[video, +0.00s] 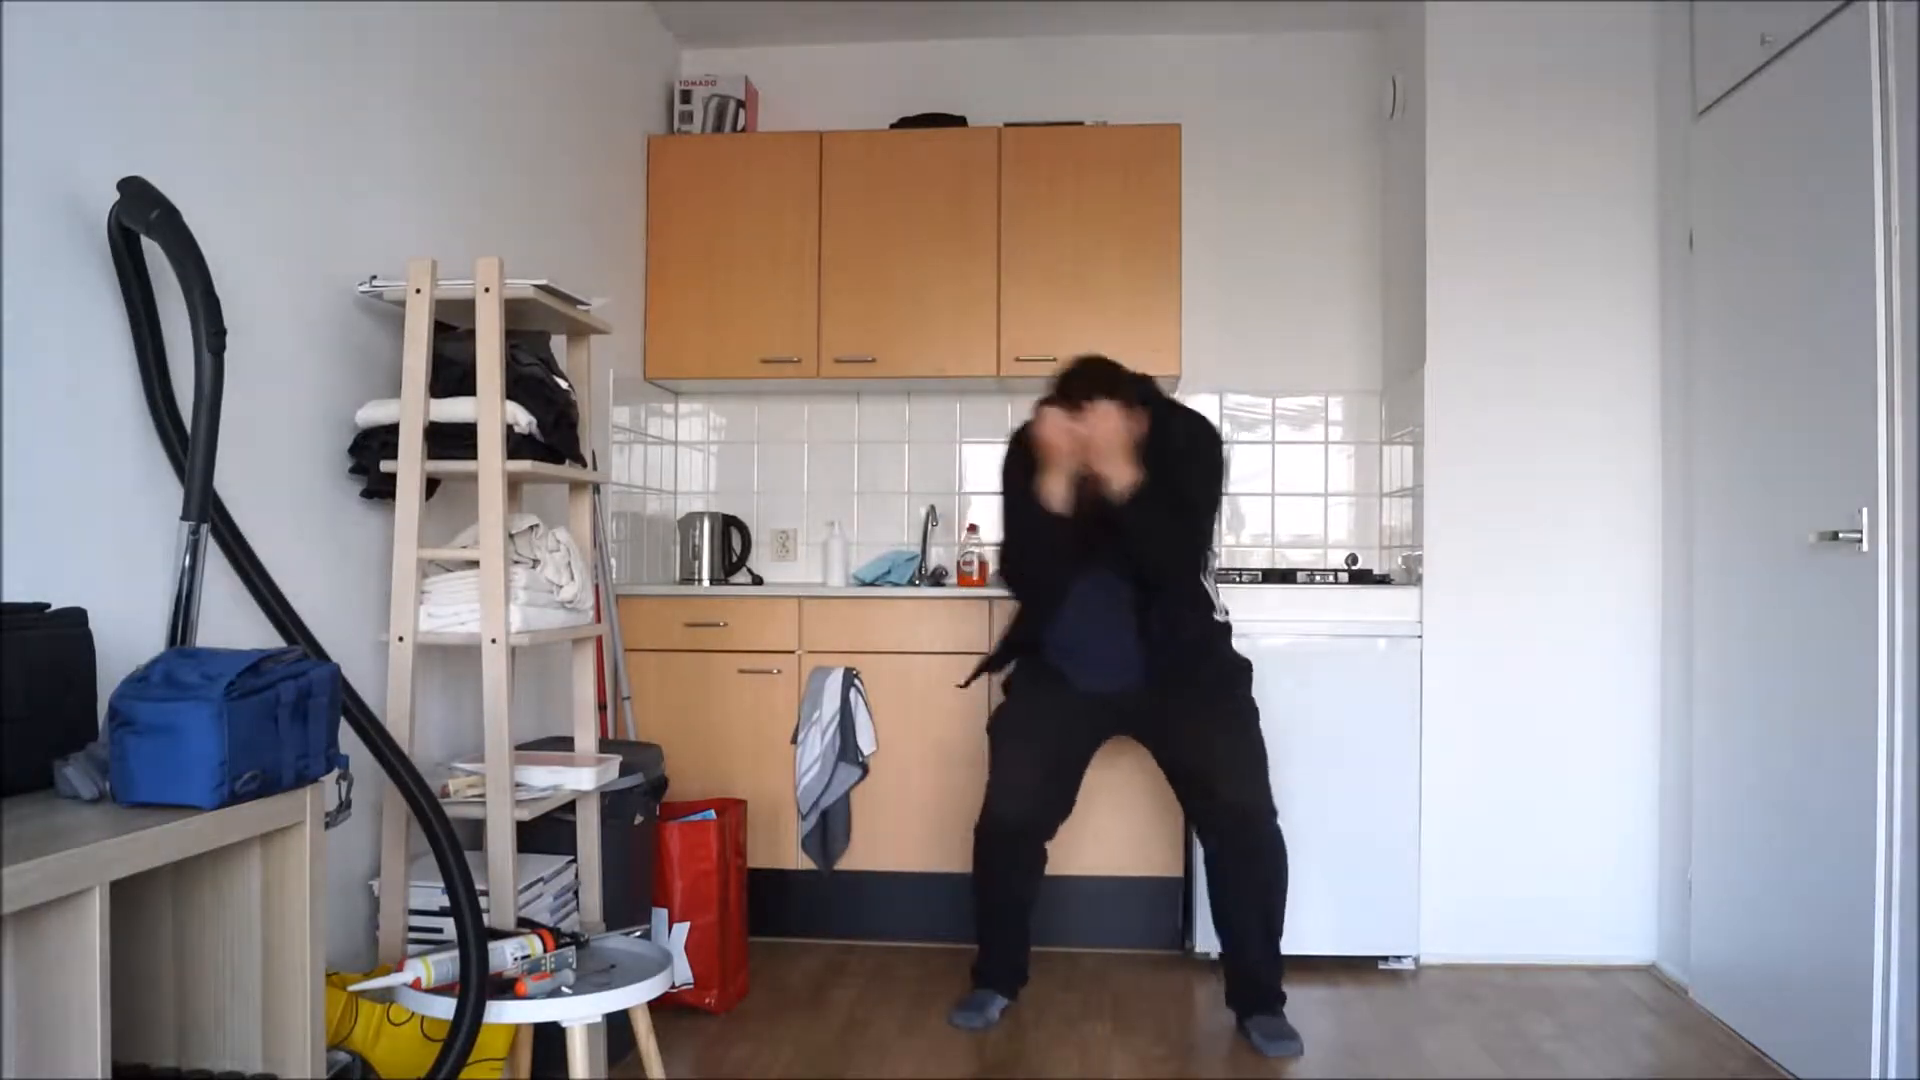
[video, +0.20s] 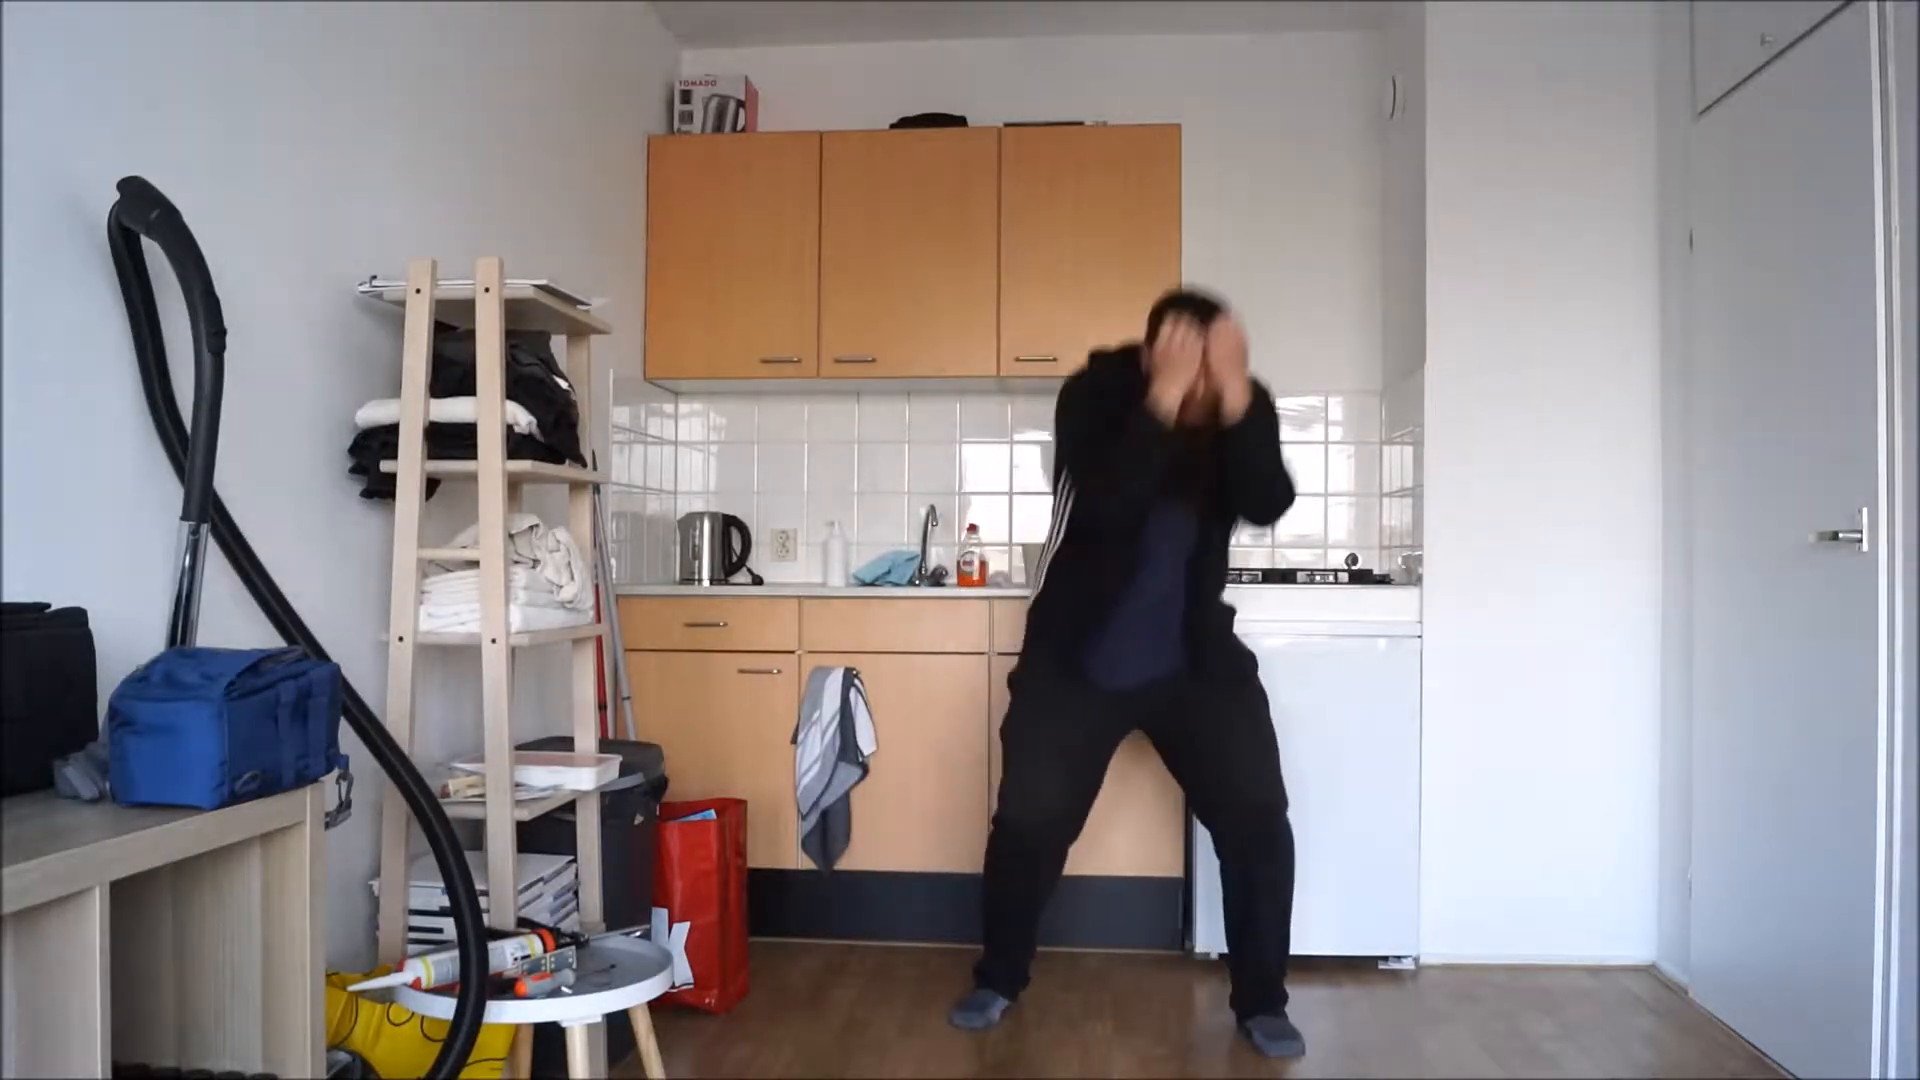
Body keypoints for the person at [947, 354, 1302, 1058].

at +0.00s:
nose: (1079, 440)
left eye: (1093, 428)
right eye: (1067, 431)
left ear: (1131, 416)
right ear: (1055, 423)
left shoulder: (1188, 439)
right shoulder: (1035, 446)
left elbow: (1176, 563)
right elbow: (1027, 578)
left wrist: (1122, 475)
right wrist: (1054, 480)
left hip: (1180, 673)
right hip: (1059, 675)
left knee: (1245, 826)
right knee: (1008, 822)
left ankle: (1260, 1004)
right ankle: (996, 979)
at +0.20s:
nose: (1195, 365)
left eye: (1209, 355)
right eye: (1183, 351)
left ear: (1226, 357)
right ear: (1154, 345)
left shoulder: (1242, 409)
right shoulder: (1101, 389)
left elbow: (1266, 504)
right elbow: (1100, 493)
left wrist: (1239, 402)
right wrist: (1160, 405)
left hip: (1193, 660)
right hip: (1079, 658)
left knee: (1257, 823)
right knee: (1030, 820)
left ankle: (1261, 1002)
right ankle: (999, 979)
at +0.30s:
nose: (1201, 309)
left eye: (1217, 297)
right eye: (1190, 291)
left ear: (1235, 305)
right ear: (1158, 291)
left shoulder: (1244, 369)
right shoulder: (1106, 346)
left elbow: (1283, 443)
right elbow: (1113, 436)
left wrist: (1249, 329)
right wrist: (1170, 332)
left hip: (1204, 640)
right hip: (1086, 632)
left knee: (1244, 818)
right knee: (1032, 809)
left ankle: (1262, 1003)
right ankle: (1000, 978)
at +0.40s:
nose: (1207, 308)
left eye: (1222, 295)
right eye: (1195, 290)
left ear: (1238, 303)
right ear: (1163, 288)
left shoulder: (1246, 365)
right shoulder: (1110, 338)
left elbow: (1285, 441)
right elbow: (1115, 431)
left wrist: (1253, 326)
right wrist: (1173, 325)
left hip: (1207, 640)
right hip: (1086, 632)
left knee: (1242, 820)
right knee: (1033, 807)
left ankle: (1262, 1003)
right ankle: (1000, 977)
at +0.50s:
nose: (1205, 354)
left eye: (1221, 344)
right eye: (1193, 339)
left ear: (1237, 345)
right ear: (1164, 331)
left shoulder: (1256, 398)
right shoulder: (1107, 380)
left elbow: (1277, 496)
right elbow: (1107, 487)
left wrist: (1251, 386)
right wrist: (1171, 388)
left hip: (1205, 658)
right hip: (1082, 649)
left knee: (1249, 823)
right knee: (1022, 809)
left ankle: (1261, 1002)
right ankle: (998, 979)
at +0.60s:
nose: (1193, 407)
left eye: (1204, 398)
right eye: (1181, 396)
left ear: (1220, 385)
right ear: (1149, 385)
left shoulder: (1245, 420)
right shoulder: (1090, 410)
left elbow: (1257, 543)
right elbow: (1089, 540)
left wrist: (1221, 444)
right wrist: (1144, 442)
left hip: (1203, 669)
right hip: (1080, 664)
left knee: (1252, 827)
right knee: (1015, 813)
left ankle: (1261, 1003)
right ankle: (996, 977)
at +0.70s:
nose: (1105, 431)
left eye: (1116, 418)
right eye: (1088, 418)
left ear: (1152, 403)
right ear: (1073, 410)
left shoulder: (1208, 431)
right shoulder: (1049, 432)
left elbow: (1193, 555)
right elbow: (1035, 567)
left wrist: (1141, 462)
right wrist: (1071, 471)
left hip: (1194, 676)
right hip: (1071, 674)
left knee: (1244, 830)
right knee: (1008, 815)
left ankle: (1261, 1004)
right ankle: (998, 978)